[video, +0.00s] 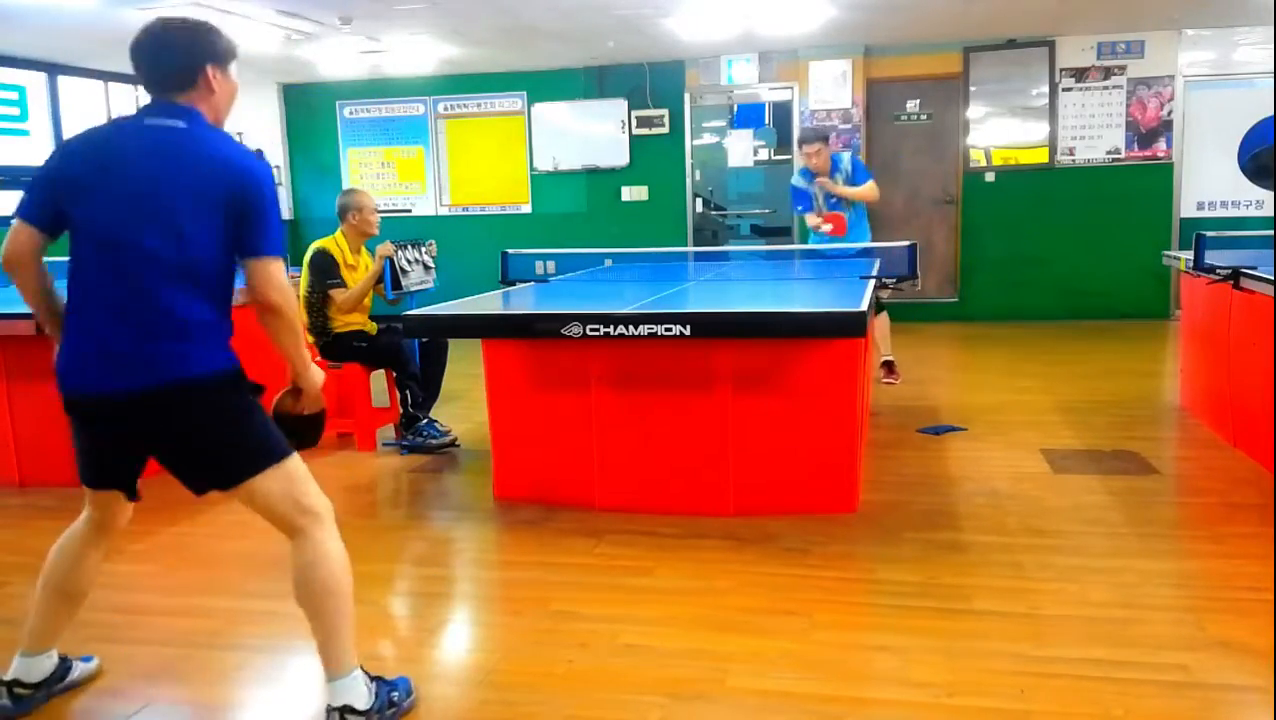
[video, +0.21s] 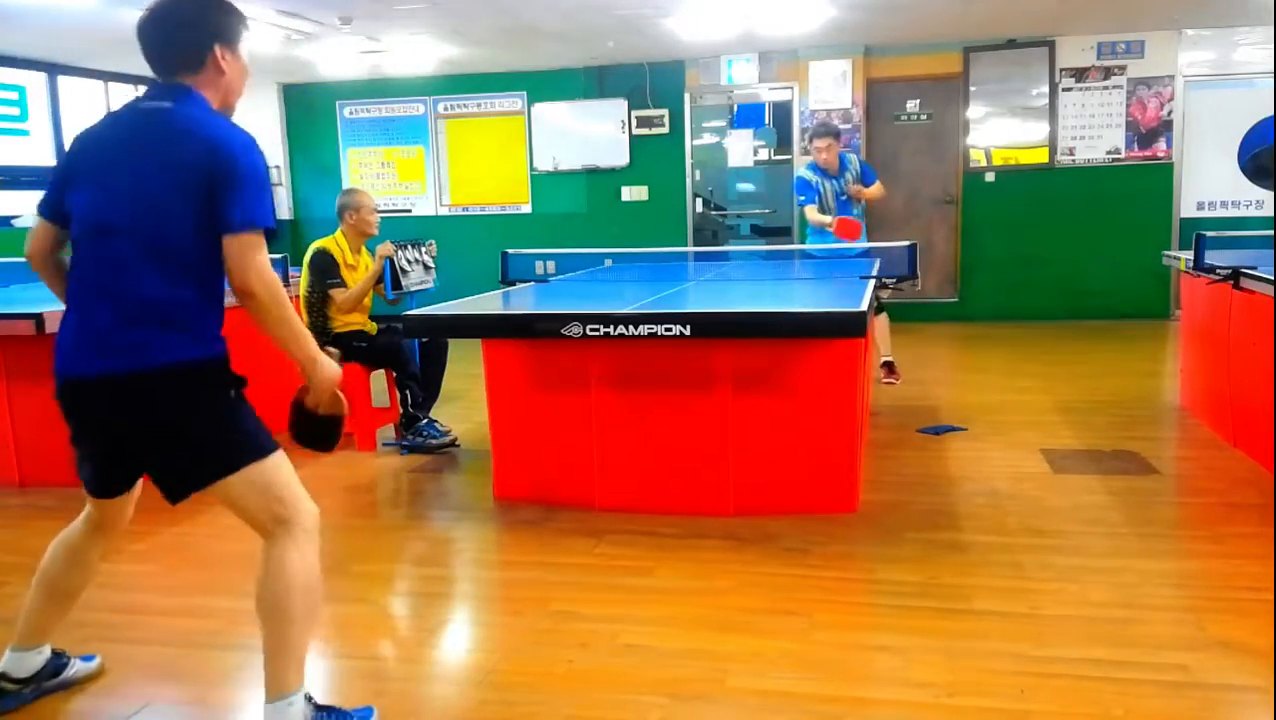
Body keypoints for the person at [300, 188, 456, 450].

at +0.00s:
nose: (379, 217)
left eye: (378, 211)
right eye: (373, 212)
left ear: (356, 218)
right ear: (353, 218)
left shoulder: (364, 255)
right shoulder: (322, 252)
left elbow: (391, 297)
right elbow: (344, 304)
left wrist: (420, 260)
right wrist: (377, 266)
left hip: (364, 331)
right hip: (335, 340)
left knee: (435, 340)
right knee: (402, 346)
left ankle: (419, 419)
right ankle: (412, 426)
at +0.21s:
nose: (378, 217)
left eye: (377, 211)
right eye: (373, 212)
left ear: (355, 218)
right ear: (351, 217)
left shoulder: (364, 255)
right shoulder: (322, 253)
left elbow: (391, 297)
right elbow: (344, 304)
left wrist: (419, 261)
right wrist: (378, 266)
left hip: (364, 330)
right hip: (335, 337)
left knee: (435, 339)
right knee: (402, 347)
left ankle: (419, 419)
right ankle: (411, 426)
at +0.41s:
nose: (373, 218)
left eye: (374, 212)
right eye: (365, 212)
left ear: (375, 216)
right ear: (344, 215)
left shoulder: (365, 255)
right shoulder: (322, 252)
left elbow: (391, 298)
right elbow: (344, 304)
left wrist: (420, 261)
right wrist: (377, 267)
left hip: (364, 330)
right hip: (334, 338)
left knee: (435, 339)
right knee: (402, 346)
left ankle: (419, 418)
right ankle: (412, 425)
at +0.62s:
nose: (363, 218)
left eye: (368, 212)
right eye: (356, 212)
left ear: (373, 216)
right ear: (339, 215)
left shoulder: (364, 254)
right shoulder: (321, 252)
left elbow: (391, 297)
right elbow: (344, 303)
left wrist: (419, 260)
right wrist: (377, 266)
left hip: (364, 330)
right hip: (335, 338)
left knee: (435, 339)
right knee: (402, 347)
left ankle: (419, 419)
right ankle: (412, 426)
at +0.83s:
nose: (359, 217)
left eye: (365, 211)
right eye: (351, 211)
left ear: (371, 216)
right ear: (337, 215)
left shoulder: (365, 254)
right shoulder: (322, 252)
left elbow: (392, 298)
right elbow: (344, 303)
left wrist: (419, 260)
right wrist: (378, 266)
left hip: (364, 330)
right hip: (335, 338)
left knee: (435, 339)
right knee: (402, 346)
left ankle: (419, 419)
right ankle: (412, 426)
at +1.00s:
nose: (373, 217)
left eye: (373, 210)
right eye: (366, 210)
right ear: (345, 212)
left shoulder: (363, 252)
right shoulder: (321, 252)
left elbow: (391, 298)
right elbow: (344, 303)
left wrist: (419, 260)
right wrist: (377, 266)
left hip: (364, 330)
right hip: (335, 339)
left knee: (435, 339)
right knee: (402, 347)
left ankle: (420, 419)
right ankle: (412, 427)